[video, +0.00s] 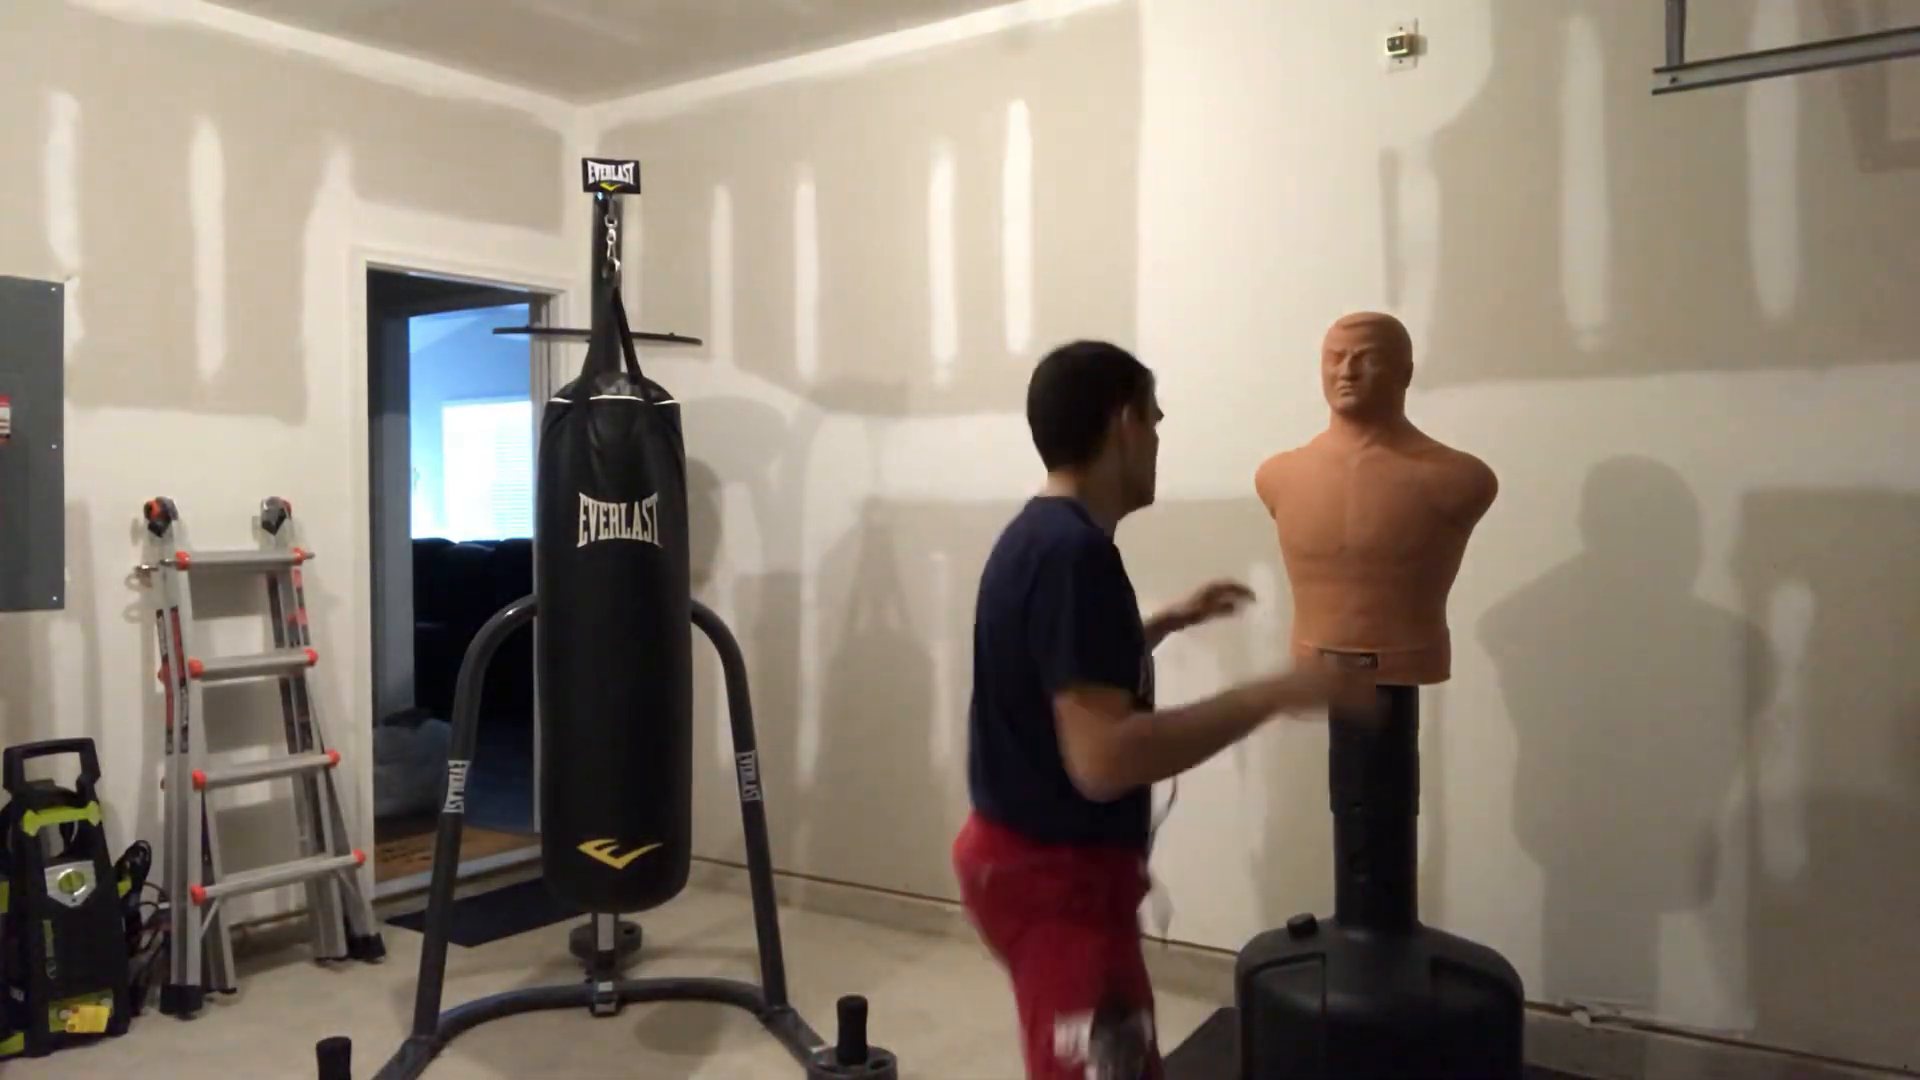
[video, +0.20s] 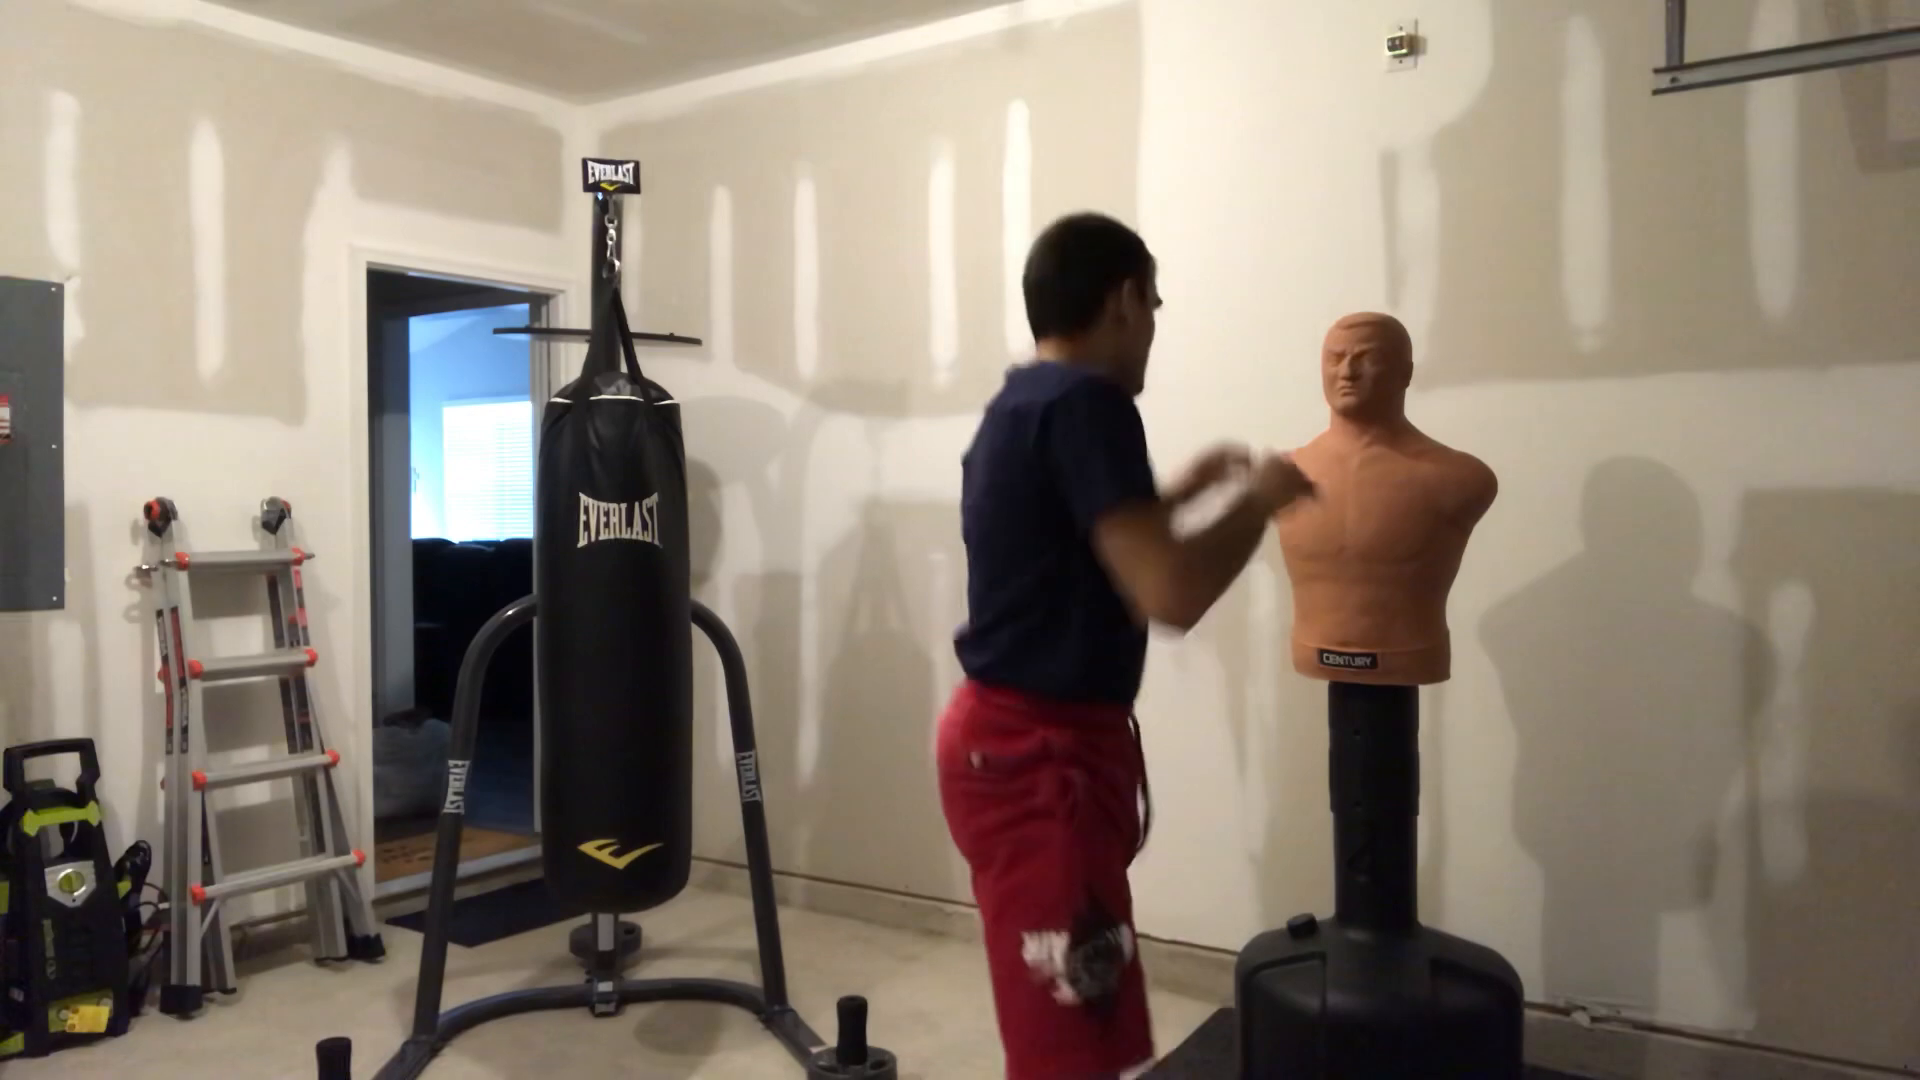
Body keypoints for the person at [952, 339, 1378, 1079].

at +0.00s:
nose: (1157, 445)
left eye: (1155, 423)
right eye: (1152, 422)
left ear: (1058, 435)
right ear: (1120, 425)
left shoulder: (1033, 537)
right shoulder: (1075, 550)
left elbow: (1063, 681)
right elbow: (1103, 757)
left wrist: (1168, 621)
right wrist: (1278, 693)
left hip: (1022, 850)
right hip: (1060, 868)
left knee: (1106, 1057)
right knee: (1102, 1063)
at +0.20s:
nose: (1153, 331)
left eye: (1153, 308)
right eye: (1151, 307)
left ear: (1047, 306)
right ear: (1119, 303)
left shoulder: (1017, 401)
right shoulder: (1084, 404)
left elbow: (1073, 566)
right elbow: (1173, 593)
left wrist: (1182, 492)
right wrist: (1260, 501)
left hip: (1008, 737)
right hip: (1047, 750)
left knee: (1057, 1030)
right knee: (1083, 1039)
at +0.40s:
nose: (1142, 390)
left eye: (1140, 367)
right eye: (1137, 367)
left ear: (1027, 373)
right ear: (1104, 372)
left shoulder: (989, 484)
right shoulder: (1071, 492)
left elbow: (1078, 568)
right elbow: (1256, 625)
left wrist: (1161, 477)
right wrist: (1272, 521)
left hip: (982, 821)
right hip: (1045, 839)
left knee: (1028, 1062)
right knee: (1068, 1066)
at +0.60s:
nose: (1144, 374)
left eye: (1145, 353)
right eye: (1143, 351)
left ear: (1024, 346)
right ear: (1115, 349)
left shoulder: (967, 469)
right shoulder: (1091, 467)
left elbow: (1049, 576)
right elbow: (1252, 633)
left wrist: (1146, 489)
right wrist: (1274, 522)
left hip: (965, 823)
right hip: (1033, 839)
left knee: (1014, 1061)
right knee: (1071, 1065)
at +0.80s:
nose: (1145, 380)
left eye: (1147, 358)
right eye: (1145, 357)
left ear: (1027, 357)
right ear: (1121, 355)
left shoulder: (980, 469)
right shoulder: (1094, 484)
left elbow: (1076, 527)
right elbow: (1274, 622)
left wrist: (1151, 432)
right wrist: (1282, 493)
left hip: (963, 837)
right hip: (1029, 851)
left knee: (997, 1063)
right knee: (1059, 1065)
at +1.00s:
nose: (1155, 372)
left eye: (1153, 353)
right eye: (1154, 352)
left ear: (1036, 358)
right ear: (1134, 354)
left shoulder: (991, 462)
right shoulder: (1130, 481)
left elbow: (1063, 519)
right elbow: (1293, 616)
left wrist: (1131, 440)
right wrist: (1305, 508)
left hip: (980, 813)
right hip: (1029, 834)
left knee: (1093, 1021)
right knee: (1026, 1061)